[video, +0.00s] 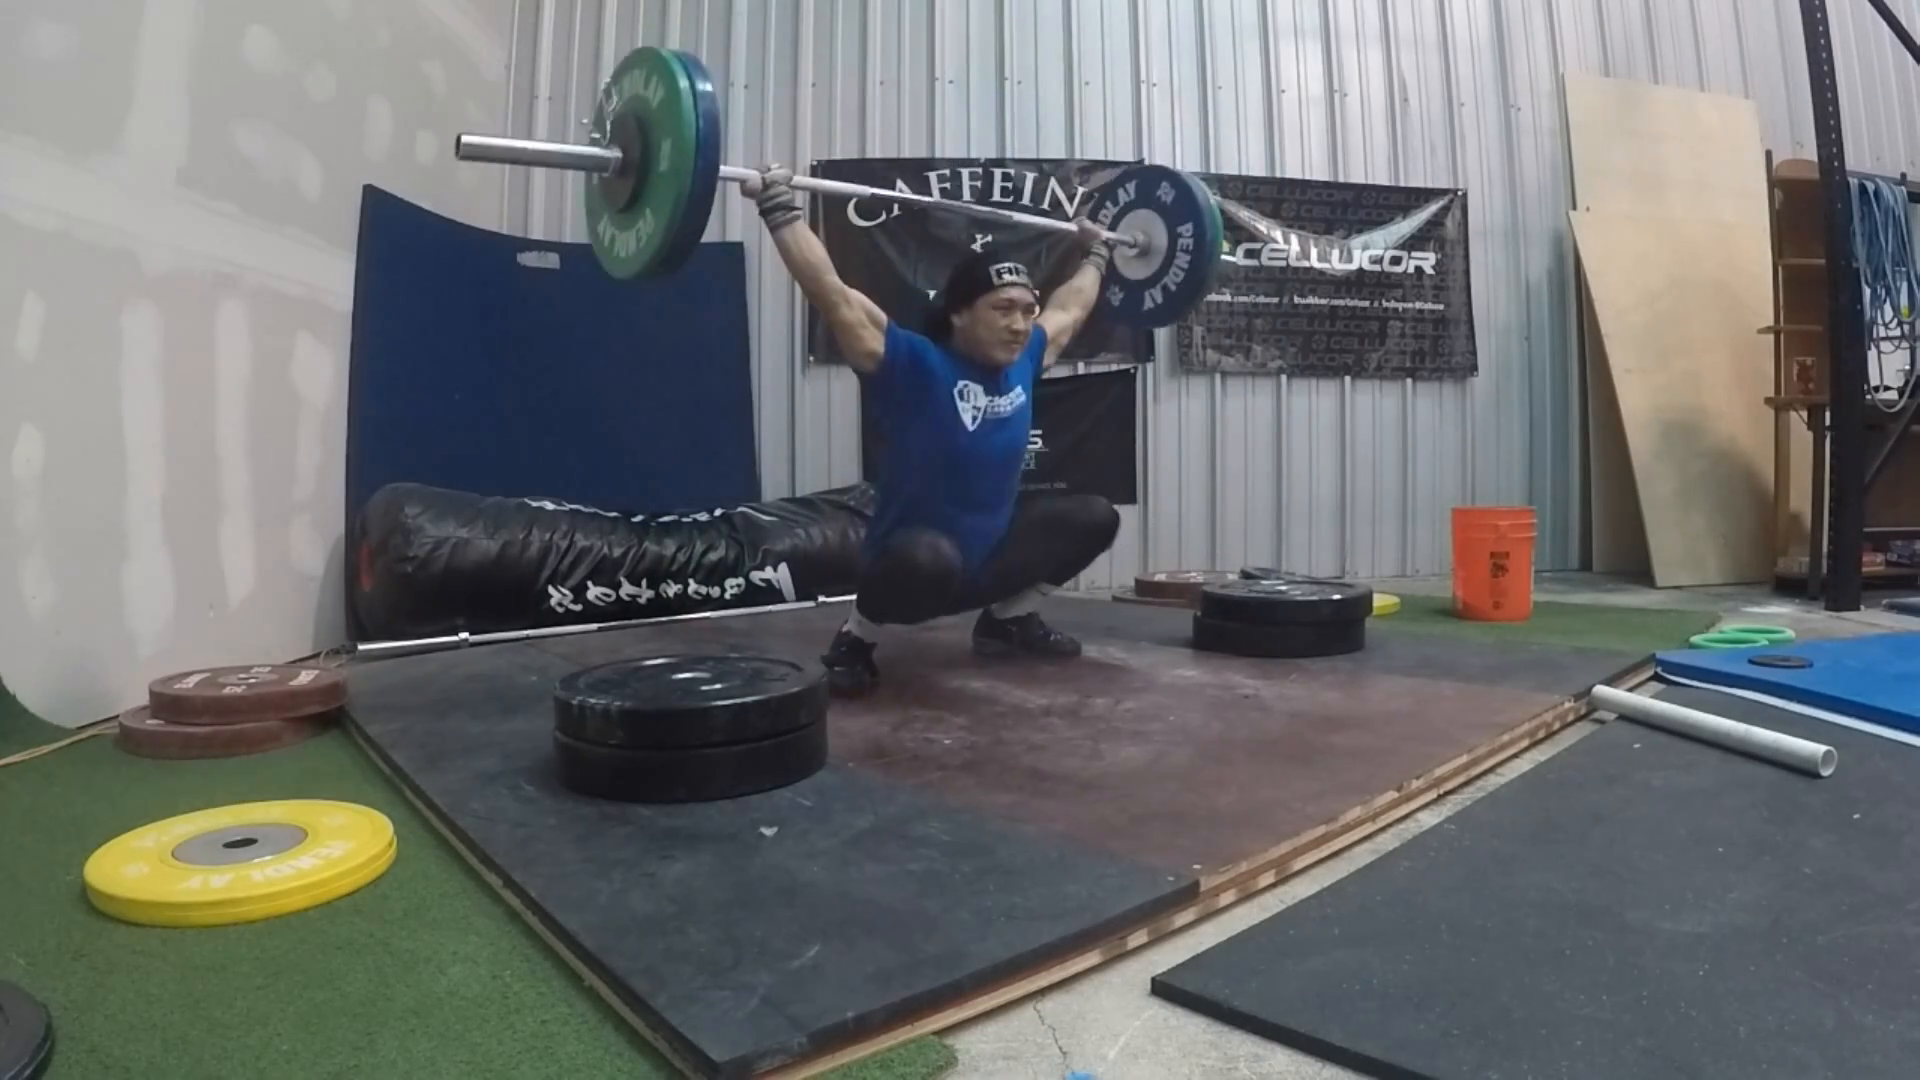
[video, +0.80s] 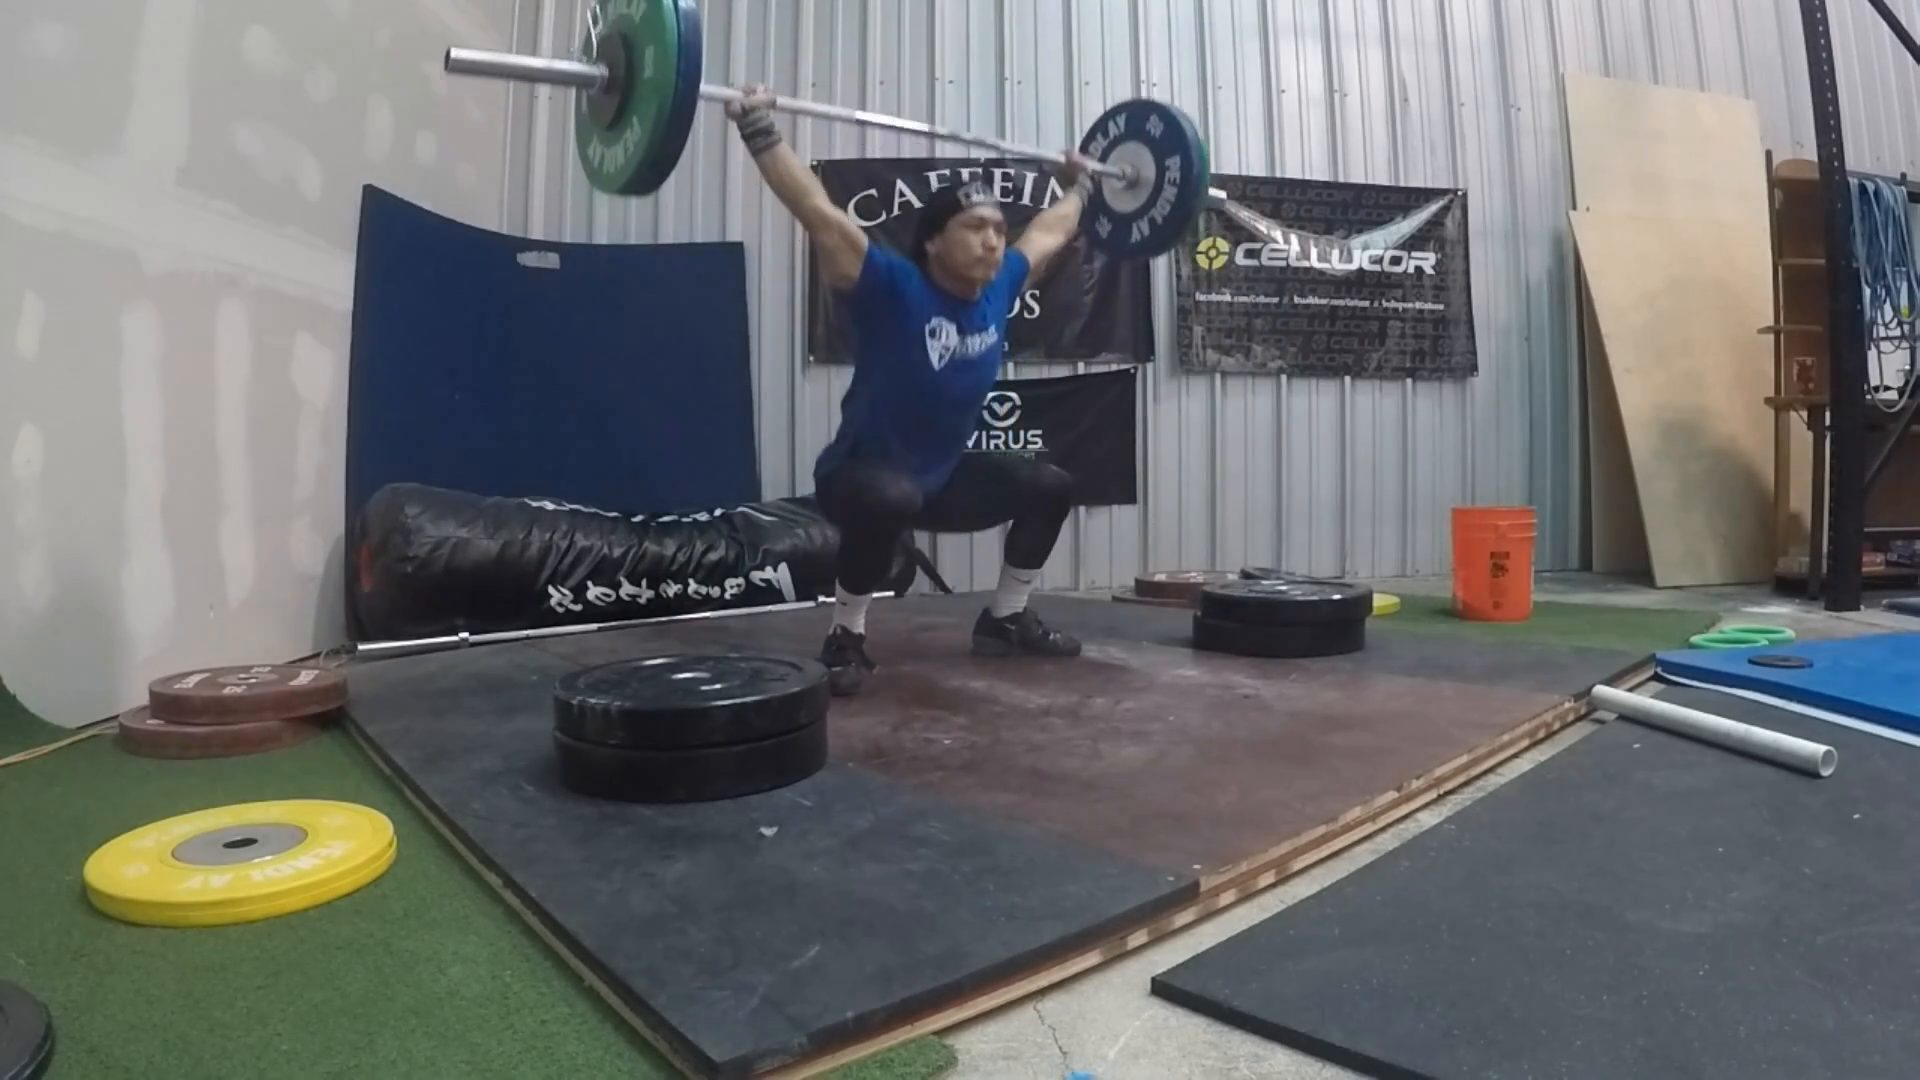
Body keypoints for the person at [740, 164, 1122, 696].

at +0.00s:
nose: (1020, 325)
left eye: (1027, 311)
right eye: (1004, 309)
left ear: (1033, 315)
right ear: (959, 315)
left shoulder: (1023, 359)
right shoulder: (911, 365)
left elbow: (1068, 309)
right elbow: (833, 297)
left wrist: (1095, 254)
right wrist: (780, 209)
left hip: (990, 560)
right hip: (912, 570)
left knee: (1093, 517)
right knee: (927, 555)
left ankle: (1006, 617)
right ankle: (856, 639)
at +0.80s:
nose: (992, 242)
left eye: (997, 231)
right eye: (976, 229)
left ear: (1003, 245)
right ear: (934, 243)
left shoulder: (998, 291)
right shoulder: (889, 286)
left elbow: (1048, 234)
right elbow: (819, 214)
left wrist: (1078, 189)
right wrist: (759, 129)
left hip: (943, 475)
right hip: (864, 471)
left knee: (1050, 487)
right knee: (888, 498)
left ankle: (1004, 617)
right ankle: (846, 636)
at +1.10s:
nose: (998, 171)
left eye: (1001, 160)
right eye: (982, 158)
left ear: (1003, 175)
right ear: (937, 176)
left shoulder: (1005, 220)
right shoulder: (891, 221)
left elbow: (1051, 172)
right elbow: (818, 149)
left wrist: (1074, 127)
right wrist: (755, 68)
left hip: (956, 430)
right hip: (871, 424)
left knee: (1056, 486)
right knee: (897, 493)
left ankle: (1006, 617)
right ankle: (846, 632)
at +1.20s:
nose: (994, 149)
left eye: (997, 137)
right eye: (978, 135)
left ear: (996, 152)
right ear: (932, 151)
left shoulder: (999, 198)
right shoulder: (884, 196)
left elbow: (1043, 153)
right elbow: (813, 129)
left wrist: (1070, 109)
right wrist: (750, 46)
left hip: (952, 414)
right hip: (869, 409)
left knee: (1051, 484)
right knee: (896, 493)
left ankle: (1006, 616)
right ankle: (845, 632)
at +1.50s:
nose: (953, 68)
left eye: (959, 57)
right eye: (939, 52)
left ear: (962, 69)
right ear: (895, 60)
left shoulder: (959, 124)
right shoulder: (848, 112)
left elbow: (1011, 80)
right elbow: (775, 32)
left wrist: (1042, 40)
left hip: (917, 353)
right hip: (839, 345)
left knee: (981, 472)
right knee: (853, 475)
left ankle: (1001, 617)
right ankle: (827, 634)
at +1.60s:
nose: (938, 49)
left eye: (944, 39)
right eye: (925, 33)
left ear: (946, 53)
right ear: (879, 40)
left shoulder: (945, 100)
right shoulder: (834, 86)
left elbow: (996, 59)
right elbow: (768, 15)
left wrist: (1032, 20)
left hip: (912, 329)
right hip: (832, 323)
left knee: (952, 461)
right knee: (839, 464)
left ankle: (965, 610)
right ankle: (825, 630)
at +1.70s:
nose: (923, 41)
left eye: (929, 29)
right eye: (910, 25)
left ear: (931, 41)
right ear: (864, 30)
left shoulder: (935, 88)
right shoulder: (820, 76)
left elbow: (988, 42)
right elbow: (762, 12)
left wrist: (1030, 6)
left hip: (910, 318)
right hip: (830, 316)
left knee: (940, 456)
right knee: (835, 458)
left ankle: (901, 588)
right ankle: (824, 627)